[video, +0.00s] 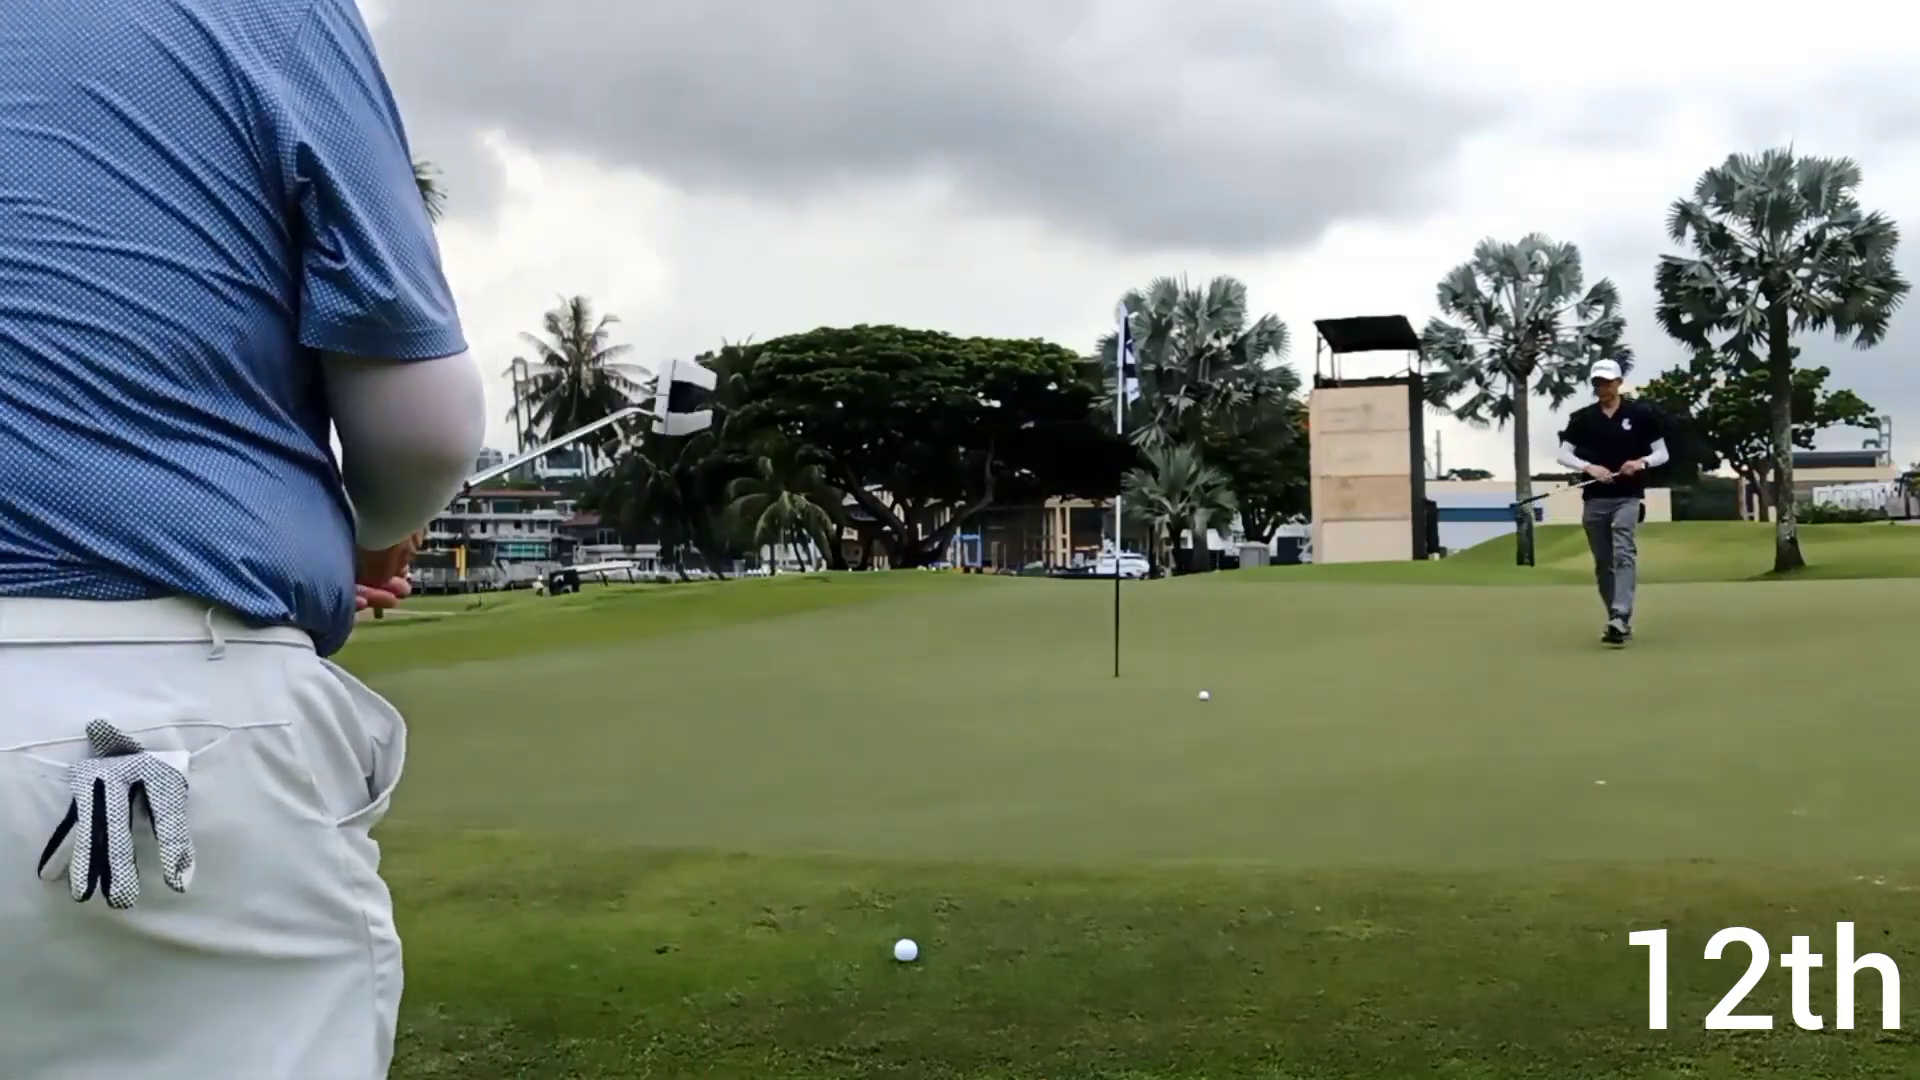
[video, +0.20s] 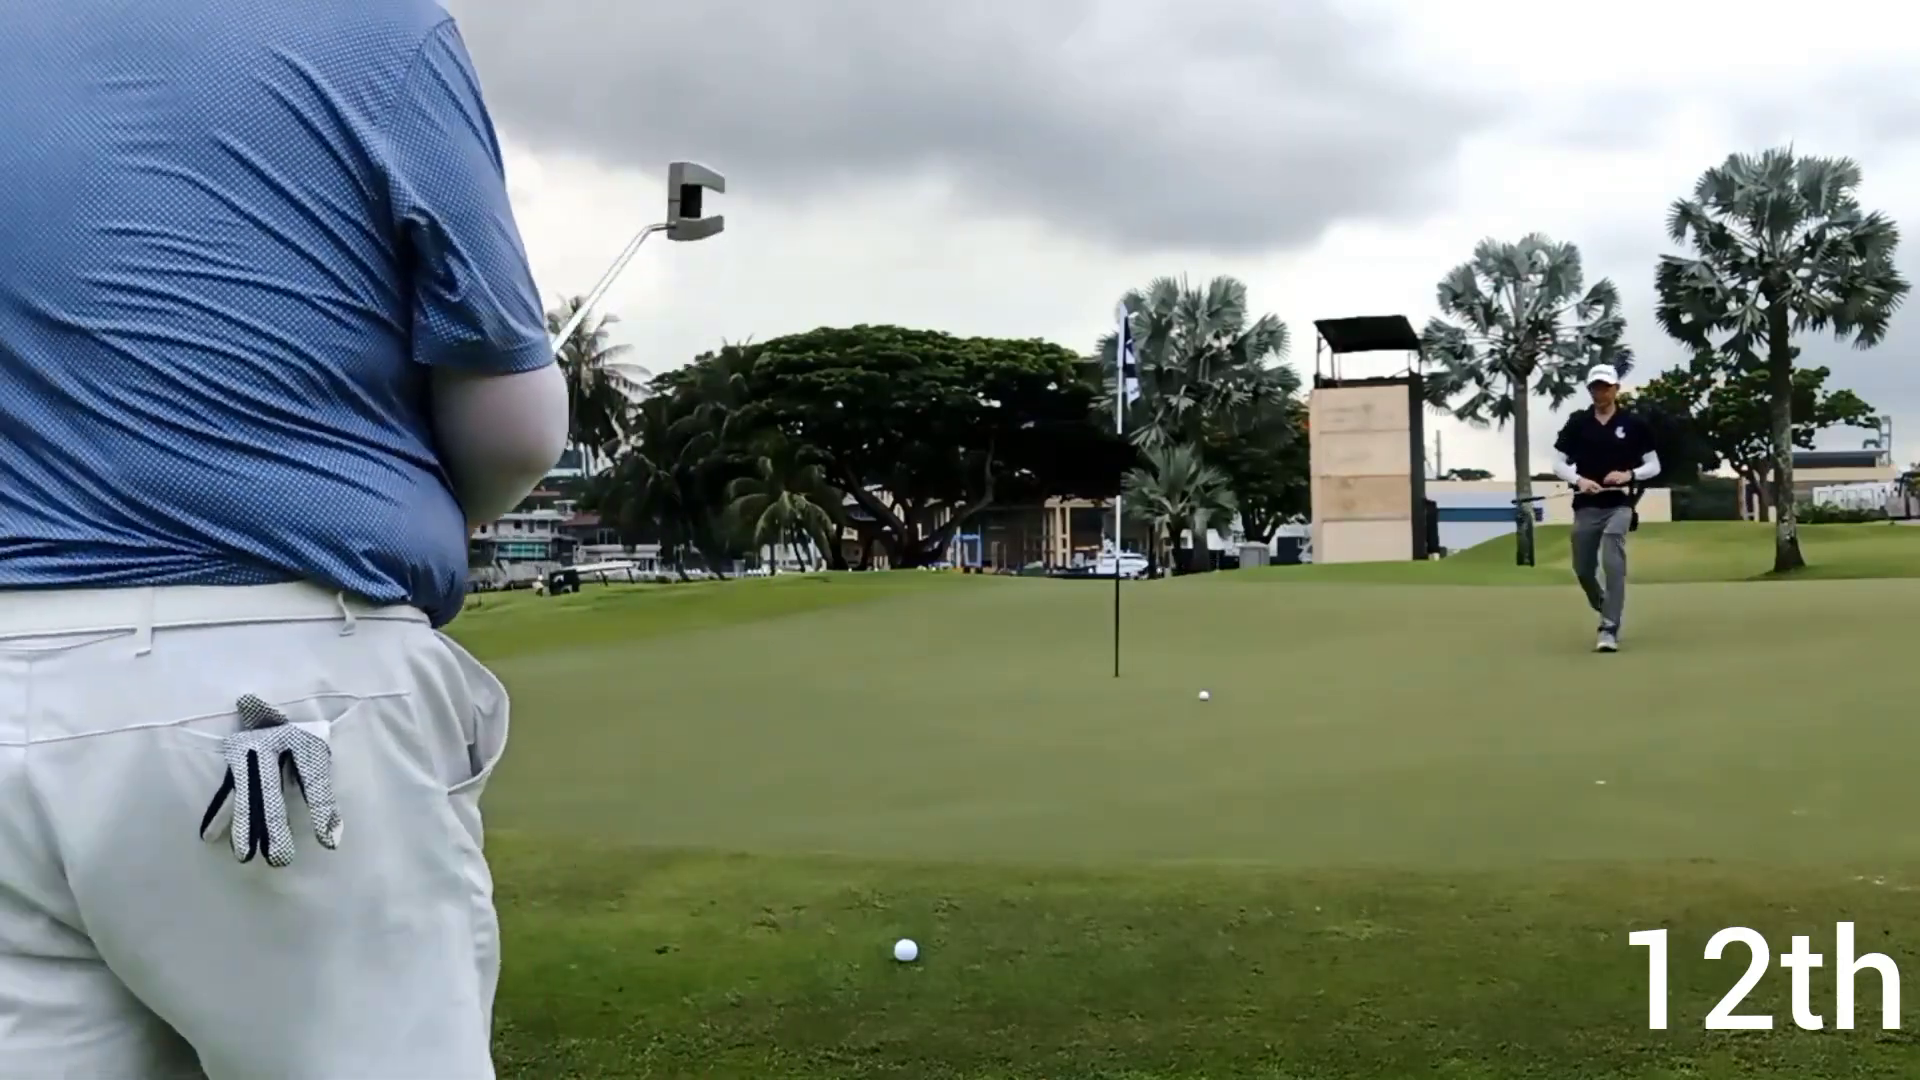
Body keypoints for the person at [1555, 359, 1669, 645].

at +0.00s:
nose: (1603, 388)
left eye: (1608, 382)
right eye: (1598, 383)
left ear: (1620, 383)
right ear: (1593, 385)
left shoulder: (1640, 414)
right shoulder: (1582, 418)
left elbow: (1662, 454)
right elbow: (1563, 455)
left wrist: (1640, 463)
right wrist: (1589, 468)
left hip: (1628, 499)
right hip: (1595, 500)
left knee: (1623, 554)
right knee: (1603, 562)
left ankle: (1620, 616)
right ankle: (1617, 617)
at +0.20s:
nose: (1600, 392)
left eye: (1606, 386)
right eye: (1595, 387)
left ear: (1616, 389)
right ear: (1589, 390)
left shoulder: (1632, 424)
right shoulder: (1578, 423)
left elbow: (1654, 466)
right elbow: (1558, 464)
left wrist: (1629, 475)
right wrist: (1578, 480)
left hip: (1618, 504)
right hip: (1587, 506)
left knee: (1612, 550)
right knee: (1583, 569)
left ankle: (1610, 627)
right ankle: (1603, 607)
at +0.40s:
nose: (1594, 382)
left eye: (1599, 376)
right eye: (1589, 377)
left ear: (1609, 379)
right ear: (1582, 380)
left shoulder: (1625, 414)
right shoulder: (1568, 414)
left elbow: (1643, 455)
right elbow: (1555, 452)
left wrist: (1607, 468)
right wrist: (1566, 473)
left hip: (1613, 503)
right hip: (1577, 502)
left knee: (1613, 567)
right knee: (1572, 557)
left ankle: (1609, 629)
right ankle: (1582, 617)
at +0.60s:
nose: (1582, 383)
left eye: (1587, 377)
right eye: (1576, 377)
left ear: (1596, 379)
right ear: (1567, 381)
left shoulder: (1615, 416)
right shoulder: (1556, 417)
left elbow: (1629, 459)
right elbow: (1544, 456)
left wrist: (1589, 473)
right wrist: (1550, 475)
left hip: (1604, 508)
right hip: (1567, 508)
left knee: (1610, 570)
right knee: (1564, 567)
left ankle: (1608, 630)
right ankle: (1562, 630)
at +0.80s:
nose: (1564, 383)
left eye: (1569, 377)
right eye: (1558, 378)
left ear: (1578, 380)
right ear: (1549, 382)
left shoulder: (1598, 415)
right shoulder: (1536, 421)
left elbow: (1612, 459)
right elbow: (1525, 459)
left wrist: (1575, 474)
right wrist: (1532, 477)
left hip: (1588, 509)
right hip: (1548, 509)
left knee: (1599, 572)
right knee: (1551, 573)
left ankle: (1604, 620)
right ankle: (1563, 639)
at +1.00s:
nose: (1548, 378)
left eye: (1553, 372)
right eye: (1543, 373)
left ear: (1564, 373)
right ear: (1536, 377)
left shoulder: (1587, 408)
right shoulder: (1525, 412)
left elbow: (1603, 453)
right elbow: (1510, 451)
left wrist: (1578, 470)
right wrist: (1515, 473)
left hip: (1575, 499)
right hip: (1540, 501)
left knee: (1574, 558)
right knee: (1548, 571)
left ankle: (1582, 635)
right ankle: (1562, 638)